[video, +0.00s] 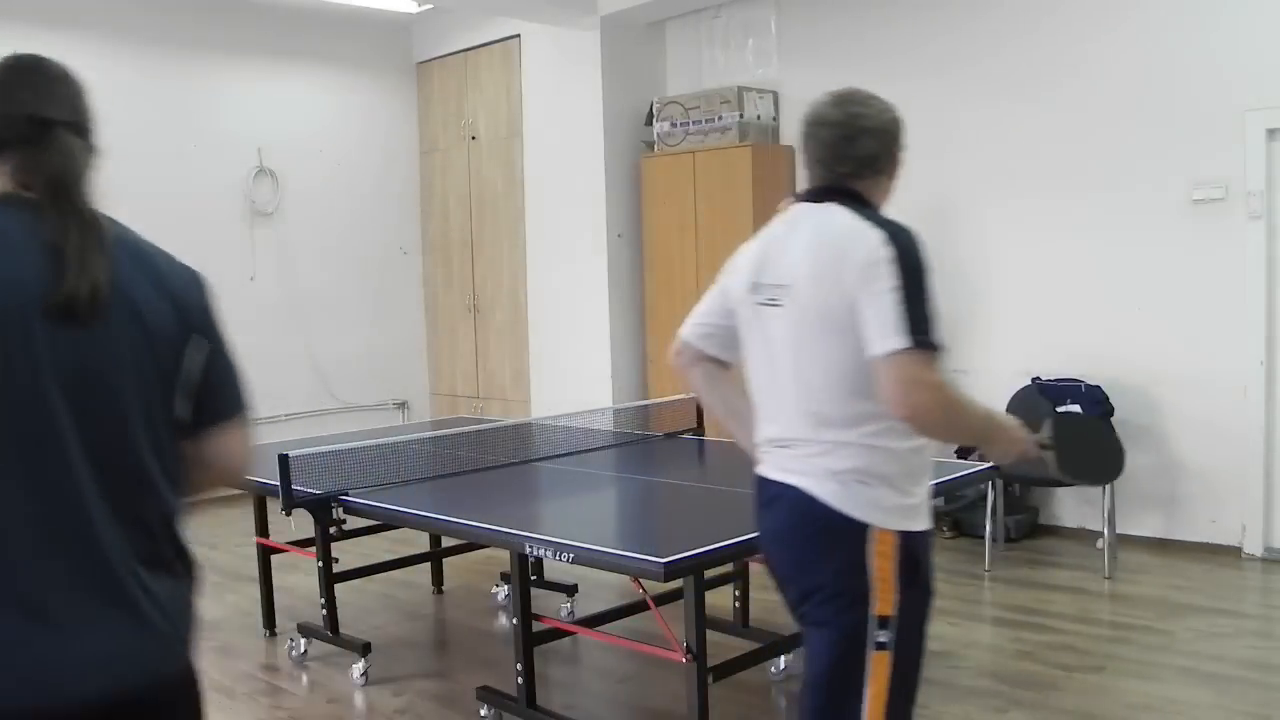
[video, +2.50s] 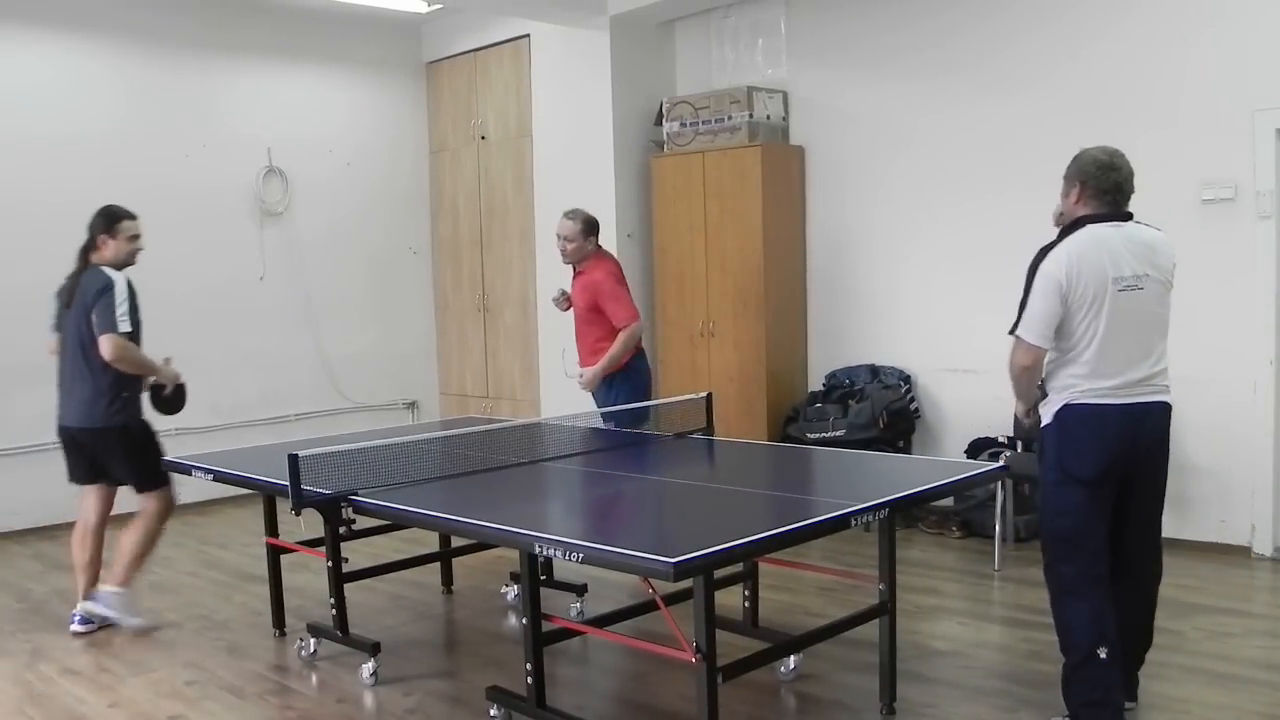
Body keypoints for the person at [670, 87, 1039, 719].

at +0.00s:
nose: (899, 165)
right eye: (897, 155)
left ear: (811, 161)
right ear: (890, 164)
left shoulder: (763, 245)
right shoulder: (880, 243)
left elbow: (694, 352)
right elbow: (911, 392)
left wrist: (764, 442)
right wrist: (996, 433)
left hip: (782, 506)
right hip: (862, 519)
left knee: (832, 692)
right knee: (867, 702)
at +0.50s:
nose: (1024, 167)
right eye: (1020, 158)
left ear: (941, 168)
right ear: (1016, 168)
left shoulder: (897, 255)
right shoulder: (1039, 243)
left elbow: (875, 387)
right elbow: (1098, 384)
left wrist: (944, 393)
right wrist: (1083, 399)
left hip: (921, 490)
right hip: (1010, 497)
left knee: (947, 681)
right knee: (1055, 676)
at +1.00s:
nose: (1083, 175)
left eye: (1086, 167)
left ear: (1087, 173)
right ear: (1161, 178)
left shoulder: (1040, 253)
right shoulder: (1198, 255)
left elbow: (996, 365)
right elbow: (1245, 380)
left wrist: (1064, 384)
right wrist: (1242, 461)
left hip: (1063, 481)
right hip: (1163, 486)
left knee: (1046, 653)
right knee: (1186, 665)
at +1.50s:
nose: (1112, 186)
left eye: (1114, 178)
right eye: (1115, 178)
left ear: (1125, 182)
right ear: (1187, 188)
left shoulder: (1077, 253)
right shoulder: (1229, 255)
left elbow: (1033, 363)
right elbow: (1268, 366)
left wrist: (1057, 427)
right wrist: (1279, 437)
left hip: (1102, 461)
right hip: (1199, 458)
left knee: (1095, 615)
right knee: (1197, 624)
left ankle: (1084, 710)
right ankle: (1197, 716)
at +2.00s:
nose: (1044, 194)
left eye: (1047, 185)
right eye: (1047, 185)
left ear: (1060, 189)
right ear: (1115, 189)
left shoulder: (1035, 261)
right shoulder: (1166, 241)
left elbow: (1000, 368)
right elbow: (1200, 326)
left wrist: (1006, 445)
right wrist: (1145, 355)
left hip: (1078, 438)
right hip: (1160, 434)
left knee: (1083, 582)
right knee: (1168, 578)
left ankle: (1093, 710)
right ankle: (1178, 709)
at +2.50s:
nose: (1060, 202)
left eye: (1064, 192)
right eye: (1063, 191)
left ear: (1079, 193)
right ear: (1123, 196)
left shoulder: (1063, 255)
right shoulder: (1161, 247)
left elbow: (1026, 359)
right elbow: (1139, 327)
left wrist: (1027, 407)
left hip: (1080, 425)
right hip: (1150, 423)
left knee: (1075, 566)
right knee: (1137, 554)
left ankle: (1094, 706)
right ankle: (1123, 682)